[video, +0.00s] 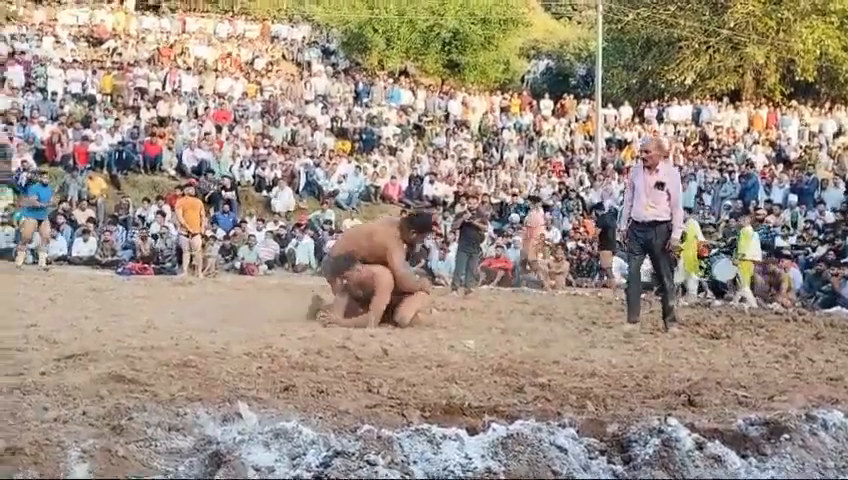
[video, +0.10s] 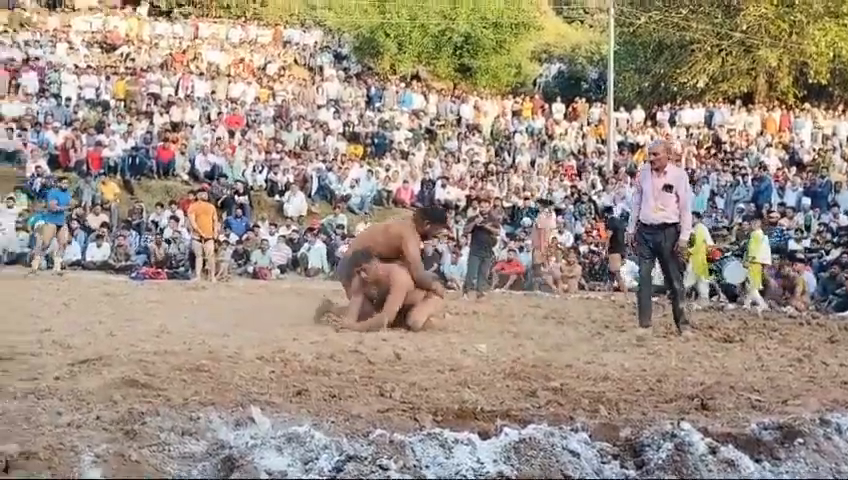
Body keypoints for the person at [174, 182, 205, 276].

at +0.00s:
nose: (191, 190)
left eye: (192, 188)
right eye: (188, 188)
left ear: (194, 189)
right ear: (184, 190)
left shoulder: (199, 202)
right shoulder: (180, 202)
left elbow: (203, 216)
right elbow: (179, 217)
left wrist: (202, 228)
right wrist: (188, 228)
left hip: (196, 231)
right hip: (184, 231)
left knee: (197, 252)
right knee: (185, 252)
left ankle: (199, 271)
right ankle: (185, 271)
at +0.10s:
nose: (204, 196)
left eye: (205, 194)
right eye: (201, 194)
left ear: (208, 195)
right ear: (198, 195)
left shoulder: (211, 207)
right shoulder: (193, 207)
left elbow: (215, 221)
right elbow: (192, 222)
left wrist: (215, 233)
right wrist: (200, 233)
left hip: (209, 236)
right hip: (197, 236)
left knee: (210, 257)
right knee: (198, 256)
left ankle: (212, 276)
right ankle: (198, 276)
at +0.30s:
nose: (231, 206)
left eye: (232, 204)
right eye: (229, 204)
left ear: (234, 205)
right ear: (224, 206)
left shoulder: (237, 217)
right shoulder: (219, 217)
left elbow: (241, 230)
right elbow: (218, 233)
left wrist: (240, 242)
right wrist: (227, 243)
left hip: (235, 246)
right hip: (223, 246)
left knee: (236, 268)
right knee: (224, 268)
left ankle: (238, 287)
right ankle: (224, 287)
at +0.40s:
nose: (231, 210)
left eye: (232, 208)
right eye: (229, 208)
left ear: (234, 209)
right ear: (224, 210)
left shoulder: (237, 221)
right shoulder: (219, 221)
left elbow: (241, 234)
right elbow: (217, 236)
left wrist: (239, 244)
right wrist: (226, 247)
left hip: (235, 249)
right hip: (223, 250)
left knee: (236, 271)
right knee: (224, 271)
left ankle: (238, 291)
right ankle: (224, 291)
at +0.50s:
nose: (223, 212)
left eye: (224, 210)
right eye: (221, 210)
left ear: (226, 212)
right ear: (216, 212)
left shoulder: (229, 223)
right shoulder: (210, 224)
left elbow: (232, 236)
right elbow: (208, 239)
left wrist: (232, 247)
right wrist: (217, 249)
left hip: (227, 252)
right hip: (214, 252)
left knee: (228, 273)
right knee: (216, 274)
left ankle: (230, 294)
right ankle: (216, 293)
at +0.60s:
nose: (221, 214)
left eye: (222, 212)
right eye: (219, 212)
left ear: (223, 213)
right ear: (214, 213)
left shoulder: (226, 225)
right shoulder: (208, 225)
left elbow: (230, 238)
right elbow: (205, 241)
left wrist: (229, 249)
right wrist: (215, 251)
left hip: (224, 253)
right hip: (212, 254)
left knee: (226, 275)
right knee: (214, 275)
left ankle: (229, 295)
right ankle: (214, 295)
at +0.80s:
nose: (217, 217)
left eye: (218, 215)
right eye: (214, 215)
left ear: (219, 216)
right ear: (209, 216)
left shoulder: (221, 228)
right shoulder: (203, 229)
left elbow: (225, 241)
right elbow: (200, 244)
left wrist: (224, 253)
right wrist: (210, 254)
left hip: (219, 257)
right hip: (207, 258)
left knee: (222, 278)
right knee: (209, 279)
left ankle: (227, 298)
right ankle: (209, 298)